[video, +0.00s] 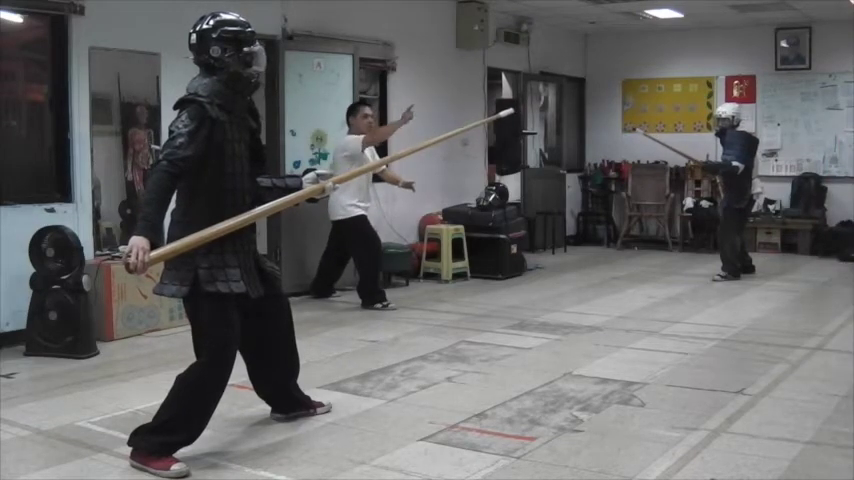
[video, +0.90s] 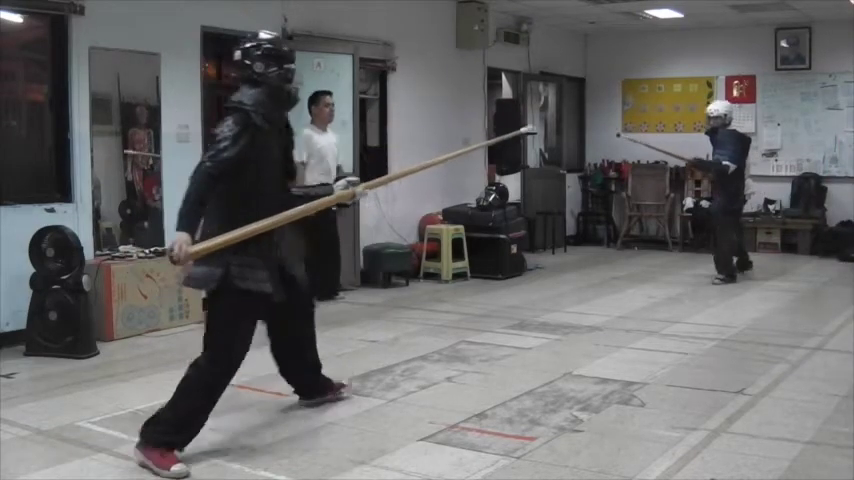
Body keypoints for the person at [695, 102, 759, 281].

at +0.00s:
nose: (719, 124)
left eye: (723, 120)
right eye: (718, 120)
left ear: (733, 121)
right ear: (718, 120)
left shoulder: (738, 138)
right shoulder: (729, 138)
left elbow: (735, 167)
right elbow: (729, 164)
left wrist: (706, 167)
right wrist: (707, 166)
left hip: (738, 193)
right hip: (735, 192)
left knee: (727, 230)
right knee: (732, 229)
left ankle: (731, 270)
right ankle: (744, 263)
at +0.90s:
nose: (711, 122)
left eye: (715, 118)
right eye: (710, 118)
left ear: (726, 119)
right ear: (710, 119)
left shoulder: (731, 138)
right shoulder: (719, 138)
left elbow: (725, 168)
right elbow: (721, 164)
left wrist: (698, 163)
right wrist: (702, 166)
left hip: (728, 194)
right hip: (725, 193)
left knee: (722, 230)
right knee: (731, 227)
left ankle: (727, 273)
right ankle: (743, 260)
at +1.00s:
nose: (708, 120)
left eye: (712, 116)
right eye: (707, 116)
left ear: (723, 117)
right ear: (707, 117)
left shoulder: (729, 136)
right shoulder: (715, 135)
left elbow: (721, 166)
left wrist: (696, 161)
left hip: (728, 194)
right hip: (721, 193)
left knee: (723, 230)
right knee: (721, 229)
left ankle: (727, 272)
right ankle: (734, 260)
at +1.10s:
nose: (703, 120)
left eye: (707, 115)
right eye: (701, 115)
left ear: (718, 116)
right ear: (700, 115)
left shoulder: (724, 134)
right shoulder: (712, 134)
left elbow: (717, 162)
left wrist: (688, 158)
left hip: (727, 194)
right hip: (718, 193)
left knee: (722, 232)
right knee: (714, 230)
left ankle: (727, 273)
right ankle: (717, 265)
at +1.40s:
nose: (690, 122)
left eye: (694, 118)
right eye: (688, 118)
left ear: (705, 118)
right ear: (686, 118)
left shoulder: (713, 136)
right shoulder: (697, 138)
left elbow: (706, 166)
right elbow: (698, 165)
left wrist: (677, 164)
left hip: (711, 197)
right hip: (697, 197)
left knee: (703, 232)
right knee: (690, 235)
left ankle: (722, 263)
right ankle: (696, 276)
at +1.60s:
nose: (681, 126)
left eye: (685, 121)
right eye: (680, 121)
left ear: (696, 121)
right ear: (680, 121)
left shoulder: (704, 140)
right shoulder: (690, 141)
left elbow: (697, 171)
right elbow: (691, 168)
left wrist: (668, 170)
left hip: (704, 200)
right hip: (693, 199)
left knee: (695, 236)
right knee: (681, 234)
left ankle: (700, 279)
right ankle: (689, 273)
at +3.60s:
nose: (670, 121)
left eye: (675, 117)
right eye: (669, 117)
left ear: (687, 117)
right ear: (668, 116)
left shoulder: (692, 137)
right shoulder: (680, 138)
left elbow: (686, 171)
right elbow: (681, 167)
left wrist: (652, 176)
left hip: (693, 196)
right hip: (683, 195)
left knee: (683, 236)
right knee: (678, 235)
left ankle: (693, 282)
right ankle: (687, 276)